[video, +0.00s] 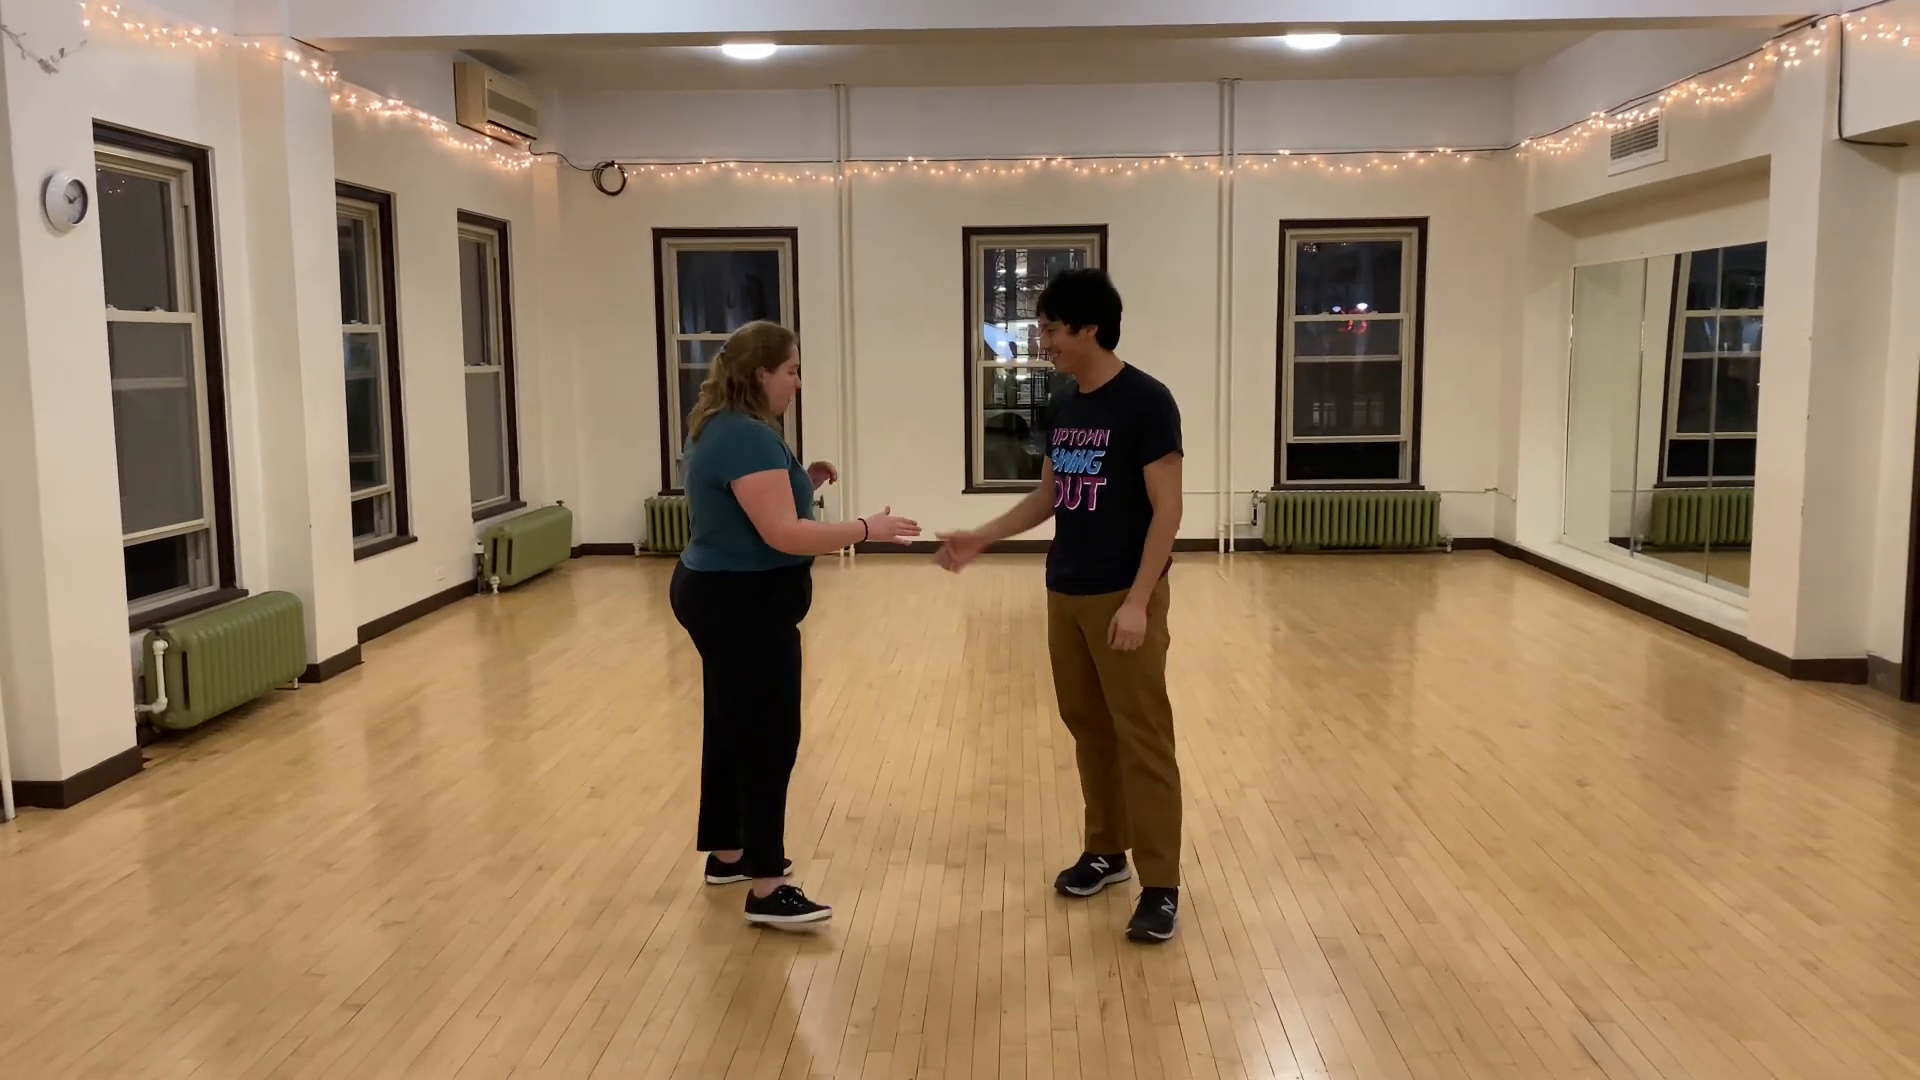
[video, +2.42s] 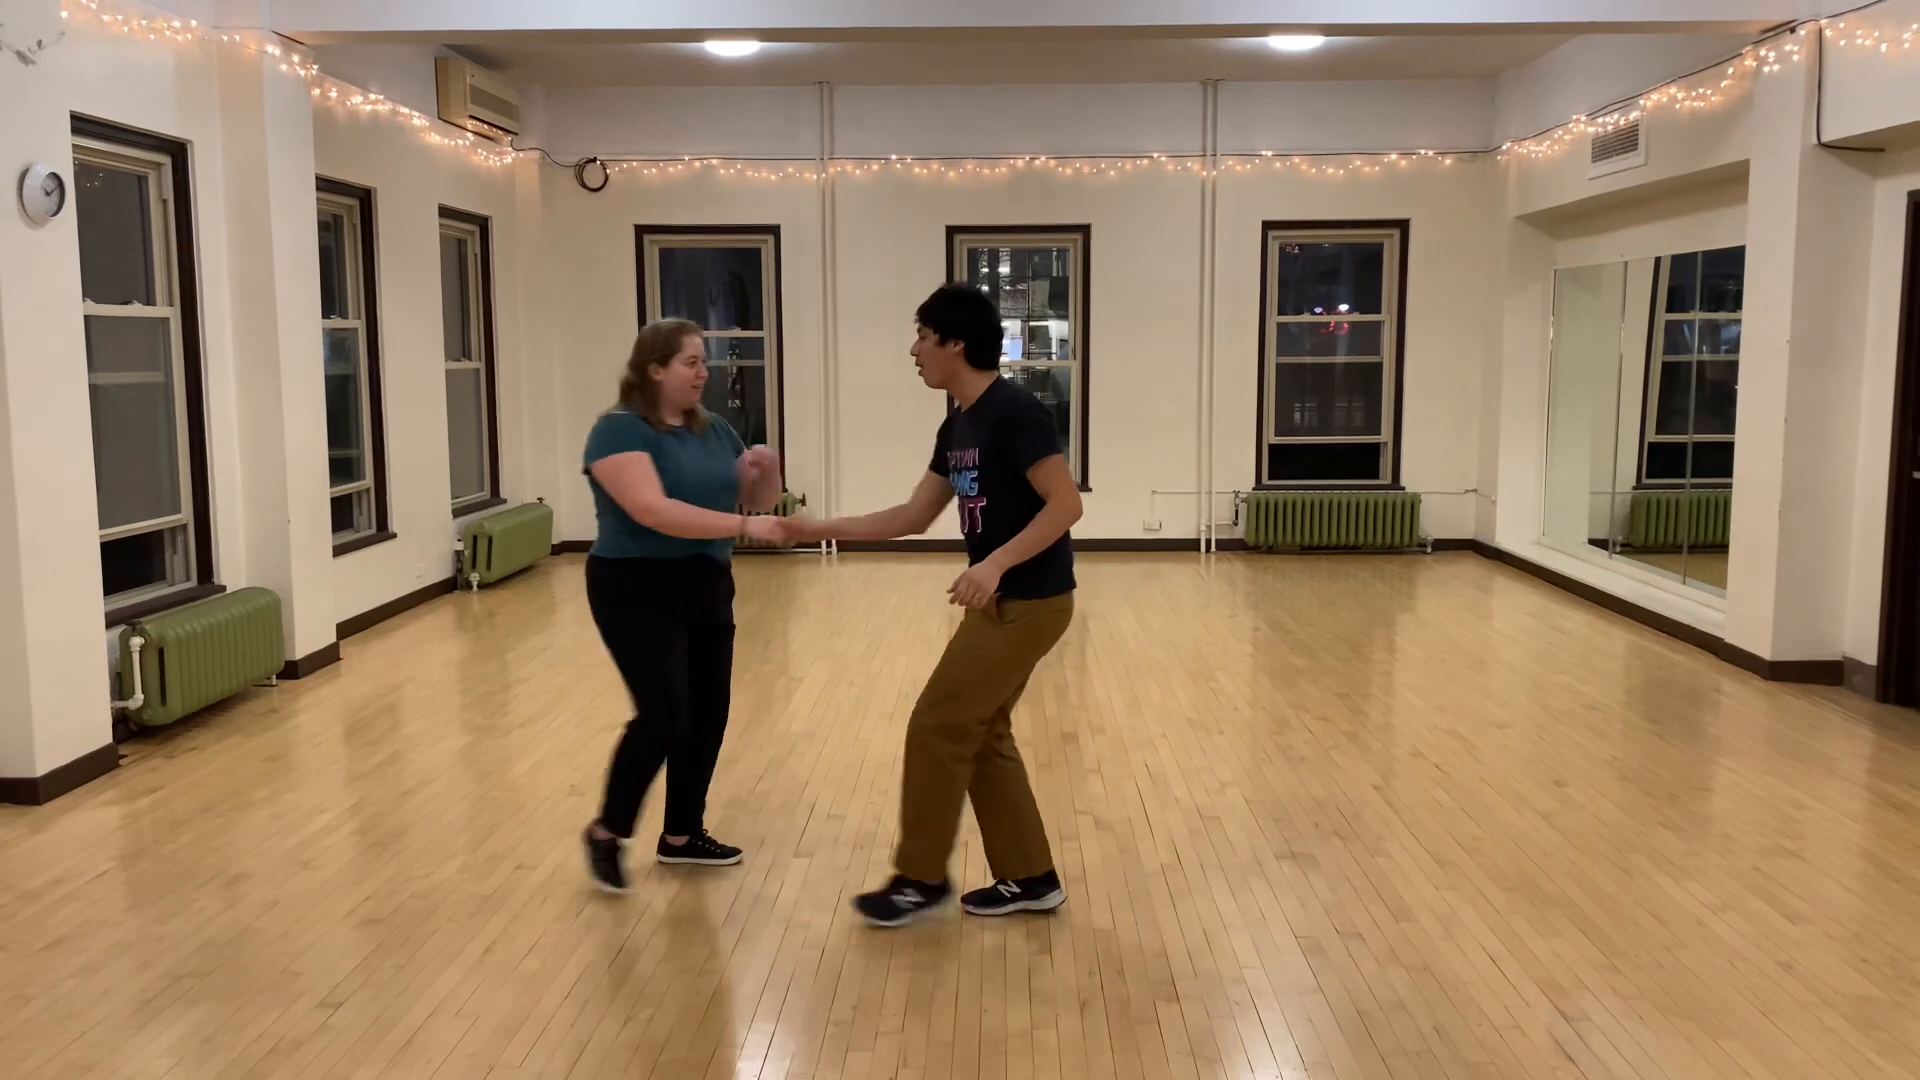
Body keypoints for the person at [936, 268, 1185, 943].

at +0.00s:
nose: (1043, 343)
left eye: (1051, 331)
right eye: (1042, 331)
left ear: (1089, 332)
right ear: (1074, 334)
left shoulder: (1147, 403)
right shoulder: (1064, 405)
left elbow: (1168, 511)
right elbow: (1049, 497)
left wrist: (1138, 602)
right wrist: (982, 537)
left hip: (1128, 598)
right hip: (1068, 596)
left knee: (1141, 739)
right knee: (1090, 730)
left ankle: (1160, 885)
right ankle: (1107, 851)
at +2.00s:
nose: (976, 362)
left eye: (981, 349)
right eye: (975, 349)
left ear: (1016, 350)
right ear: (1020, 350)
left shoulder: (1072, 416)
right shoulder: (1033, 414)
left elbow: (1109, 523)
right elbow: (1035, 512)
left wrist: (1045, 602)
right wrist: (961, 548)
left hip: (1099, 604)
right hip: (1054, 602)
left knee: (1107, 734)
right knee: (1028, 737)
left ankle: (1184, 864)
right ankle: (1037, 880)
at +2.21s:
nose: (936, 343)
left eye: (944, 331)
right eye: (938, 330)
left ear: (980, 338)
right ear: (976, 336)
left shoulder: (1038, 403)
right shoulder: (993, 411)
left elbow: (1087, 502)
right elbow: (987, 507)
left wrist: (1017, 569)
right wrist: (903, 536)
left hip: (1059, 591)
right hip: (1026, 591)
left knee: (1006, 727)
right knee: (1013, 728)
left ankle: (1098, 855)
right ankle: (1035, 878)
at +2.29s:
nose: (926, 343)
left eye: (936, 331)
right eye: (929, 331)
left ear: (970, 339)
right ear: (968, 341)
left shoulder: (1028, 406)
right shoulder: (977, 419)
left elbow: (1078, 500)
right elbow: (954, 512)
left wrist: (1009, 562)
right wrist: (867, 529)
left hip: (1046, 597)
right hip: (1021, 594)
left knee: (973, 726)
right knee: (1005, 726)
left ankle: (1031, 876)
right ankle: (1033, 873)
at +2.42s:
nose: (913, 350)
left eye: (922, 338)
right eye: (916, 337)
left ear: (957, 347)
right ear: (956, 347)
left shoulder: (1016, 412)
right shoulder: (957, 423)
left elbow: (1067, 504)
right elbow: (916, 515)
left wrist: (994, 564)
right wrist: (820, 529)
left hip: (1031, 602)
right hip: (997, 599)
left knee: (938, 724)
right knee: (983, 735)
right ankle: (1031, 877)